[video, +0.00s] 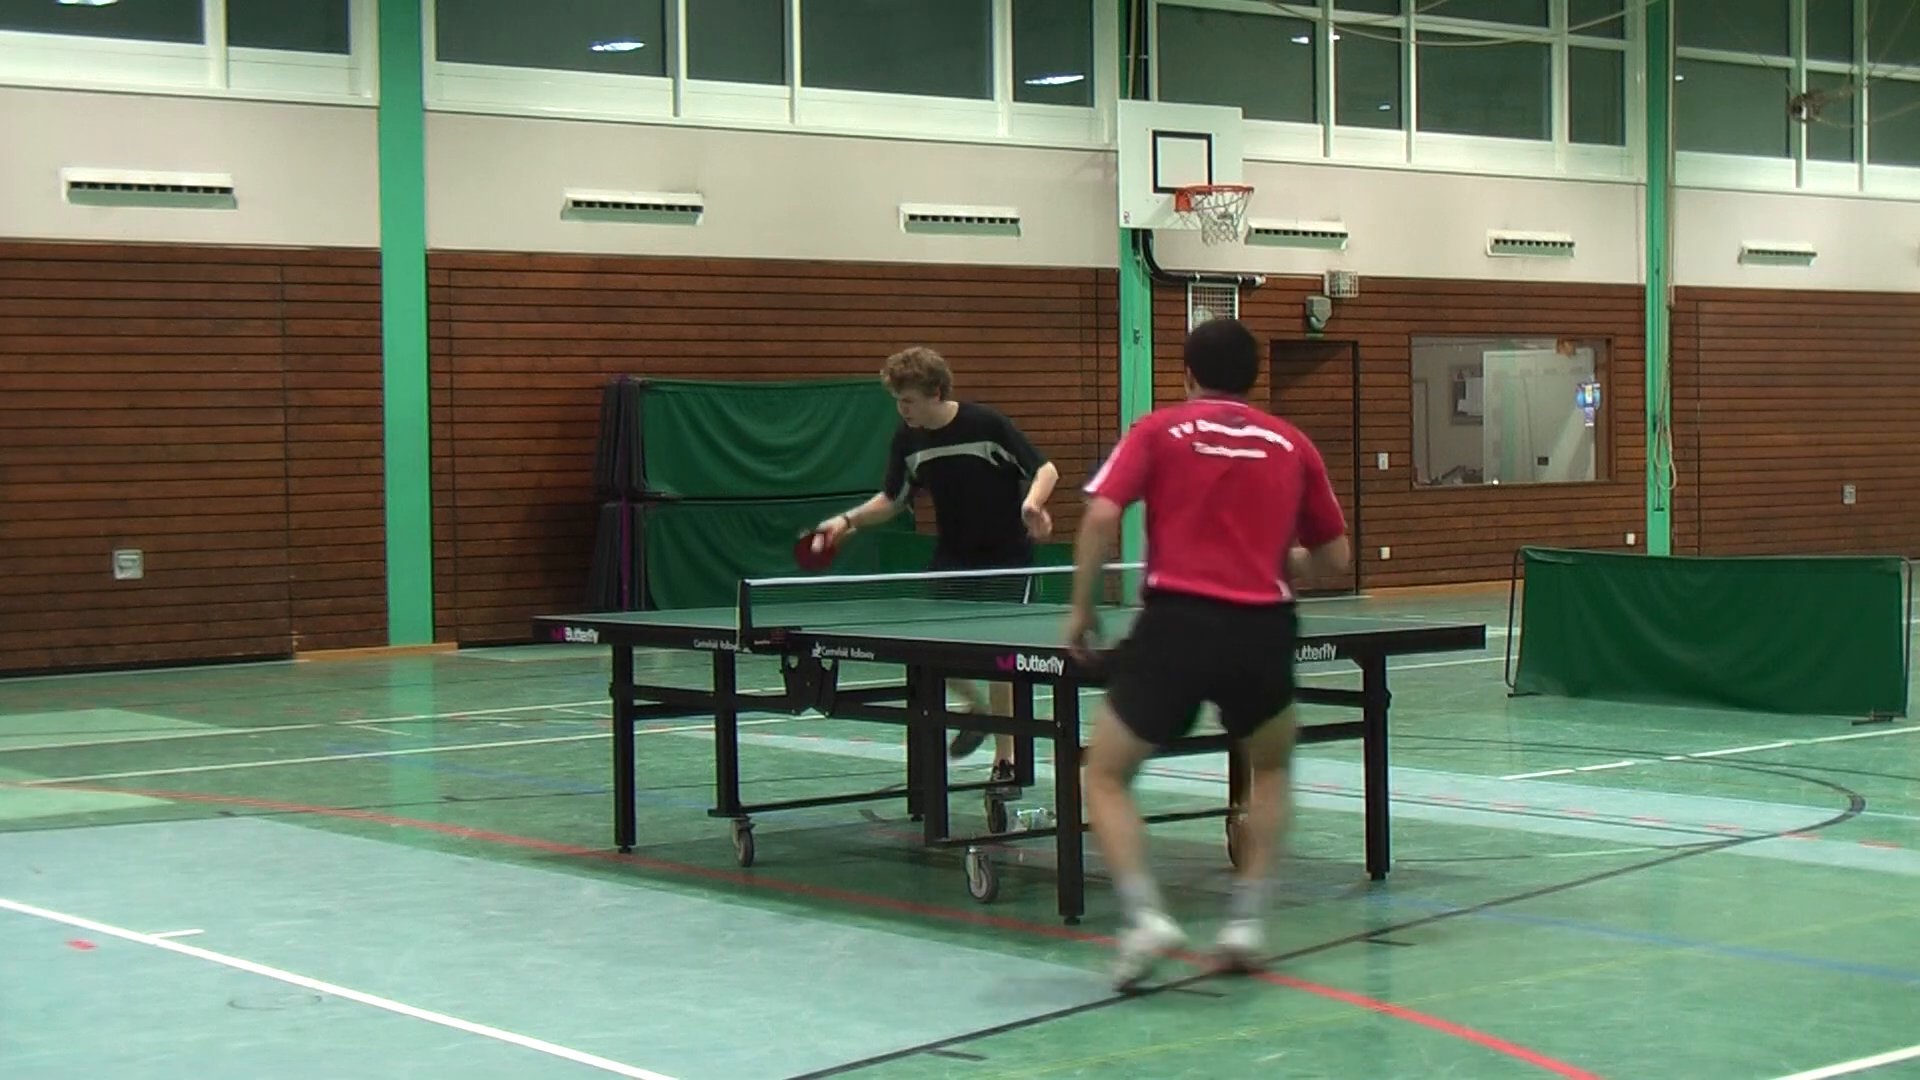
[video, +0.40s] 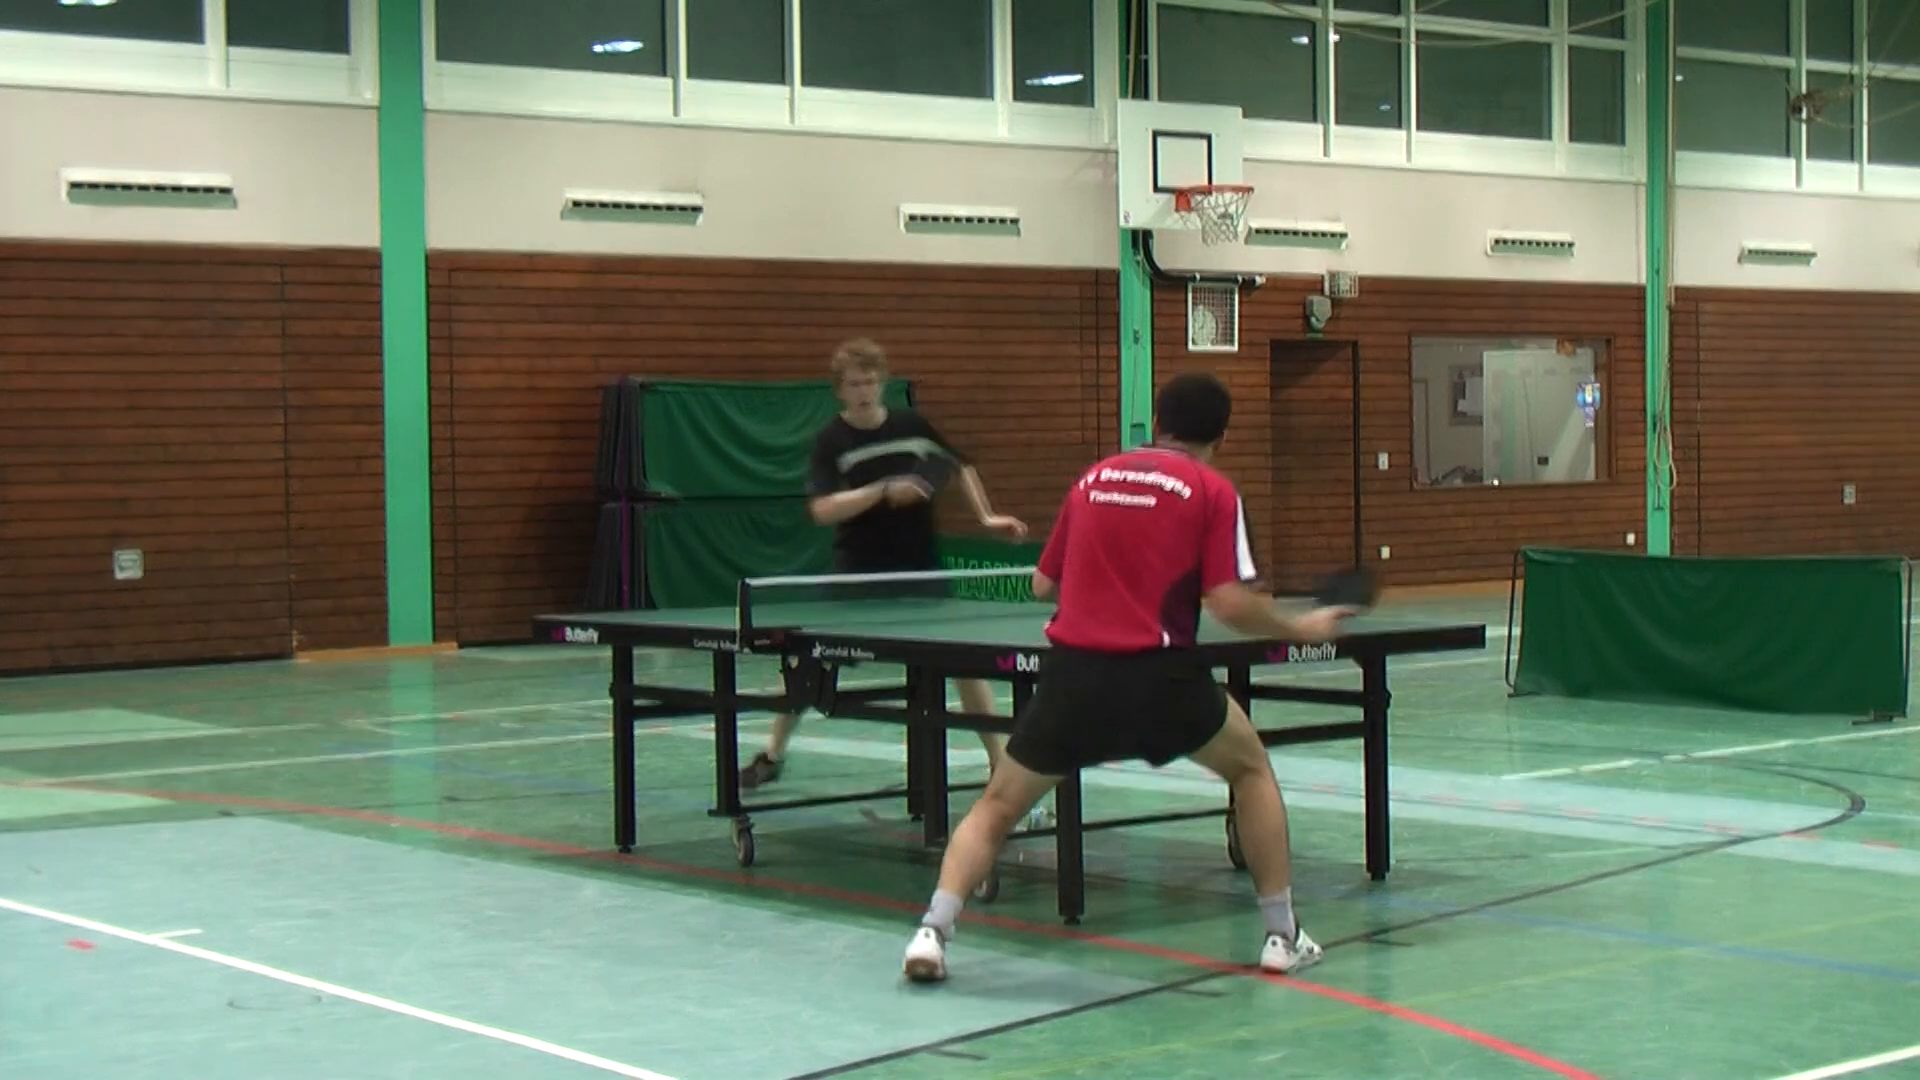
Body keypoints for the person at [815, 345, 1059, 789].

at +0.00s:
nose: (901, 410)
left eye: (907, 401)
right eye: (898, 402)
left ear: (937, 394)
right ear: (903, 399)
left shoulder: (987, 424)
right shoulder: (908, 440)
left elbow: (1045, 469)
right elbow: (891, 500)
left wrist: (1032, 501)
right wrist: (848, 520)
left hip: (1005, 559)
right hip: (952, 559)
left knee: (999, 660)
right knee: (932, 649)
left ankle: (1006, 759)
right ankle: (977, 706)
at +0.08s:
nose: (903, 407)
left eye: (911, 397)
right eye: (897, 397)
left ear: (936, 390)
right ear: (894, 393)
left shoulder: (982, 422)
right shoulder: (896, 438)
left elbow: (1038, 463)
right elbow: (881, 499)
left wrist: (1035, 479)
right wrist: (877, 507)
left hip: (996, 566)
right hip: (938, 567)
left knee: (999, 667)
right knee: (928, 666)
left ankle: (1006, 759)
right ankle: (952, 758)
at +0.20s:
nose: (909, 395)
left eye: (916, 385)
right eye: (899, 387)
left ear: (933, 380)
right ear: (888, 386)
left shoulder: (969, 420)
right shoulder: (884, 433)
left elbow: (1015, 469)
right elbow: (886, 505)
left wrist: (1026, 470)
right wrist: (910, 461)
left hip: (972, 571)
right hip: (911, 575)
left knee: (995, 664)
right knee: (900, 667)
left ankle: (1004, 767)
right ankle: (918, 760)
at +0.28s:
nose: (894, 392)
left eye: (901, 383)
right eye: (885, 384)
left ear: (917, 382)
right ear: (874, 385)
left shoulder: (946, 416)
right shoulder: (867, 435)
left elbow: (1002, 461)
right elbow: (869, 505)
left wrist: (1017, 485)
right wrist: (911, 462)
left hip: (953, 569)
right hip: (890, 572)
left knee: (987, 665)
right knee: (861, 651)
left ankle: (1002, 763)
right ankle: (866, 735)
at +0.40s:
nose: (863, 391)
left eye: (870, 382)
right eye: (854, 384)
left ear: (883, 382)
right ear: (839, 389)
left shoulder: (914, 426)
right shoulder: (830, 440)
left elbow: (960, 467)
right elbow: (822, 509)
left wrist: (987, 516)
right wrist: (882, 489)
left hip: (920, 575)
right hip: (854, 578)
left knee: (966, 659)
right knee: (807, 659)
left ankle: (1001, 766)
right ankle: (771, 754)